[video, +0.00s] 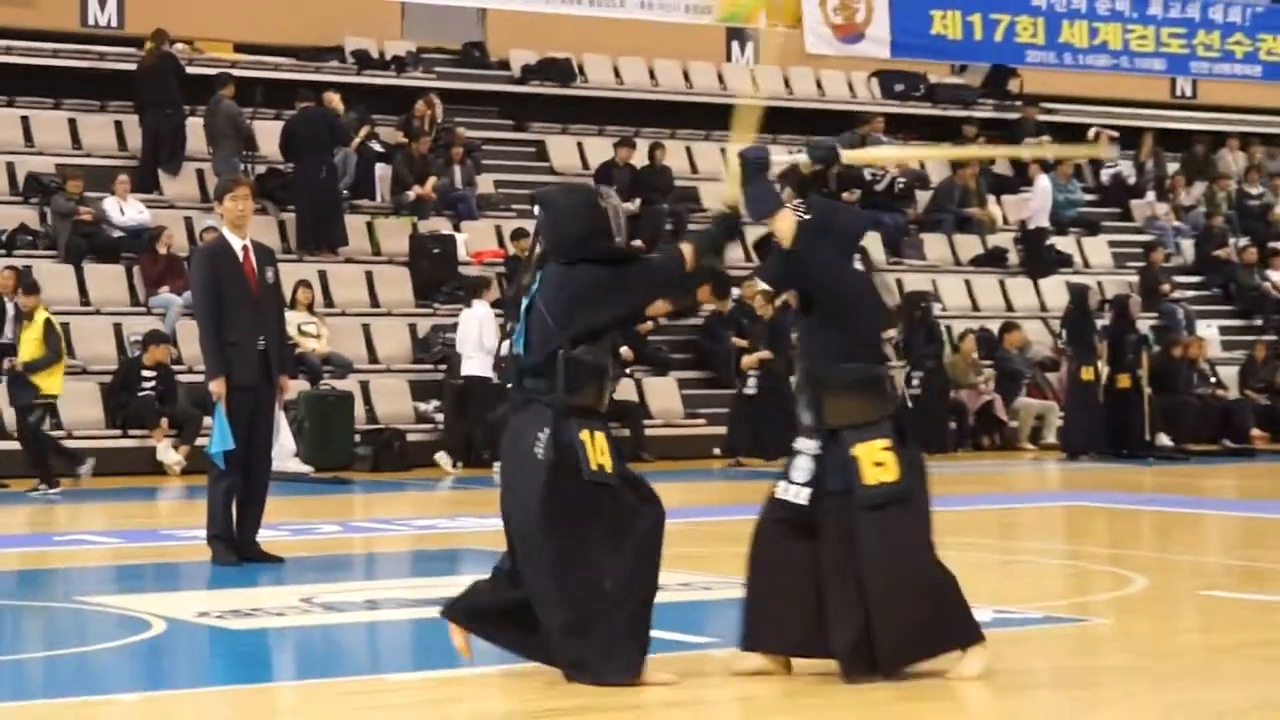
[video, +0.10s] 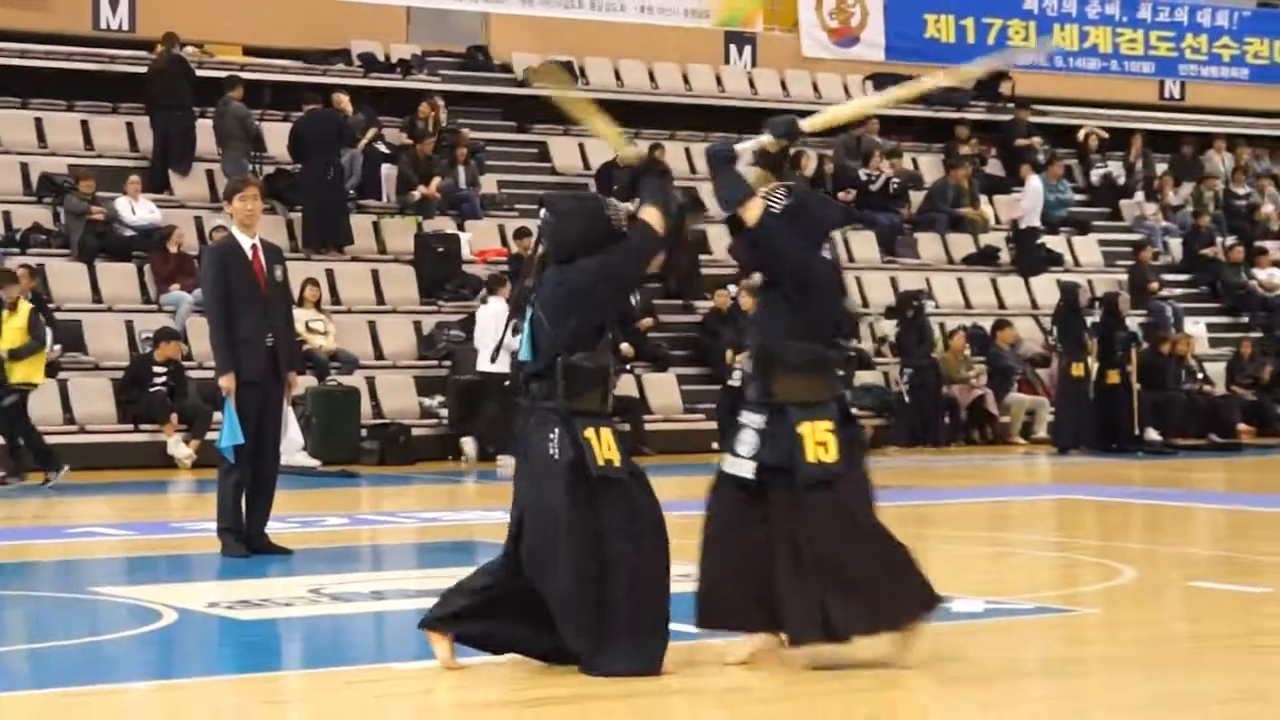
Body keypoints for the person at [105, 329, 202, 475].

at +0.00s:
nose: (169, 353)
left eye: (168, 349)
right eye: (165, 348)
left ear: (154, 349)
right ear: (152, 348)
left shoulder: (166, 371)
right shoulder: (128, 366)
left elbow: (170, 399)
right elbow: (113, 394)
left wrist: (165, 417)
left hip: (157, 414)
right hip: (129, 415)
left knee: (194, 416)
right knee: (147, 401)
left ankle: (178, 458)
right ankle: (162, 446)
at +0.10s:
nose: (179, 349)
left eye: (179, 345)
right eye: (176, 345)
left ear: (165, 345)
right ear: (163, 345)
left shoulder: (176, 366)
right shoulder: (140, 362)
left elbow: (181, 394)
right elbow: (126, 390)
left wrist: (175, 412)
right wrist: (148, 398)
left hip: (168, 408)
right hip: (141, 410)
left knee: (204, 411)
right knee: (159, 397)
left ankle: (188, 453)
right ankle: (173, 441)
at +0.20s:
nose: (196, 349)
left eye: (196, 346)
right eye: (193, 345)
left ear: (182, 346)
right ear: (180, 345)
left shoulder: (193, 366)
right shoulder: (158, 362)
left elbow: (198, 393)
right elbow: (144, 389)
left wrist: (191, 410)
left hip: (185, 406)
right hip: (158, 407)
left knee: (219, 410)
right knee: (176, 395)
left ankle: (204, 449)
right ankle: (190, 438)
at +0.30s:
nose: (207, 349)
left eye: (206, 346)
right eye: (203, 345)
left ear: (193, 346)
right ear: (191, 345)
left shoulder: (204, 366)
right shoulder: (170, 362)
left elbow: (209, 391)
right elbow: (156, 388)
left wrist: (202, 406)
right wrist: (177, 396)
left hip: (197, 404)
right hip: (171, 406)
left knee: (229, 408)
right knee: (187, 394)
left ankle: (215, 447)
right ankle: (200, 435)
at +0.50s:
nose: (220, 349)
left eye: (220, 345)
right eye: (217, 345)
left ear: (206, 345)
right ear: (205, 345)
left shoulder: (218, 365)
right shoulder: (184, 361)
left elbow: (223, 391)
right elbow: (172, 388)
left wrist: (216, 404)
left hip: (210, 403)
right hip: (184, 404)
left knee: (242, 406)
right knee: (202, 392)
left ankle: (228, 444)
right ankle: (214, 433)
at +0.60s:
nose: (228, 348)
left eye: (228, 344)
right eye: (225, 344)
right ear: (213, 344)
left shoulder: (226, 364)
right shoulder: (193, 360)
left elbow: (231, 388)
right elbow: (181, 385)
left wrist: (225, 402)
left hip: (219, 401)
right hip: (193, 403)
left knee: (250, 404)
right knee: (211, 391)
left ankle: (237, 441)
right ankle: (223, 430)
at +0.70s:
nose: (241, 349)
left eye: (241, 346)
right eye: (238, 345)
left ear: (228, 345)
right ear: (227, 345)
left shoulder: (239, 365)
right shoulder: (207, 361)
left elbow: (244, 388)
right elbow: (196, 384)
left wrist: (238, 401)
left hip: (232, 400)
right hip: (208, 401)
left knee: (262, 403)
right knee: (224, 392)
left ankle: (249, 438)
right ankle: (236, 429)